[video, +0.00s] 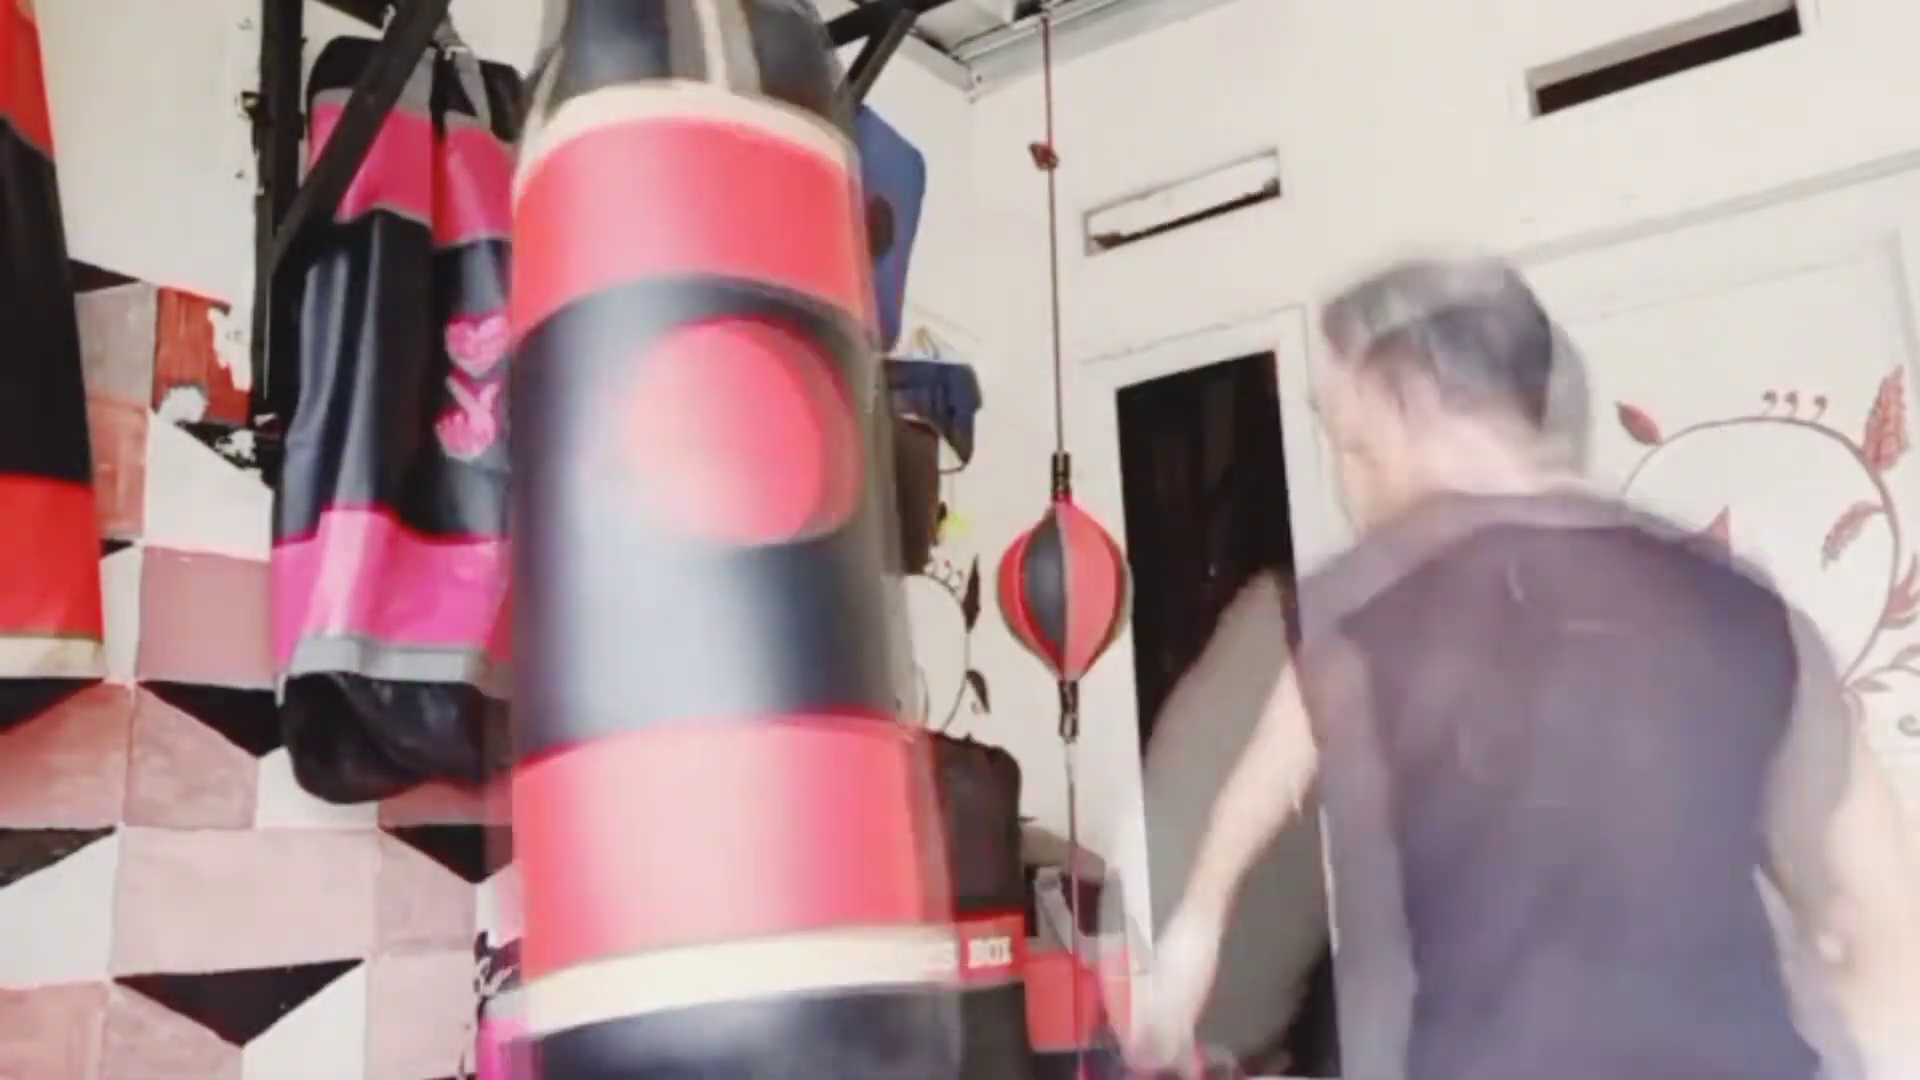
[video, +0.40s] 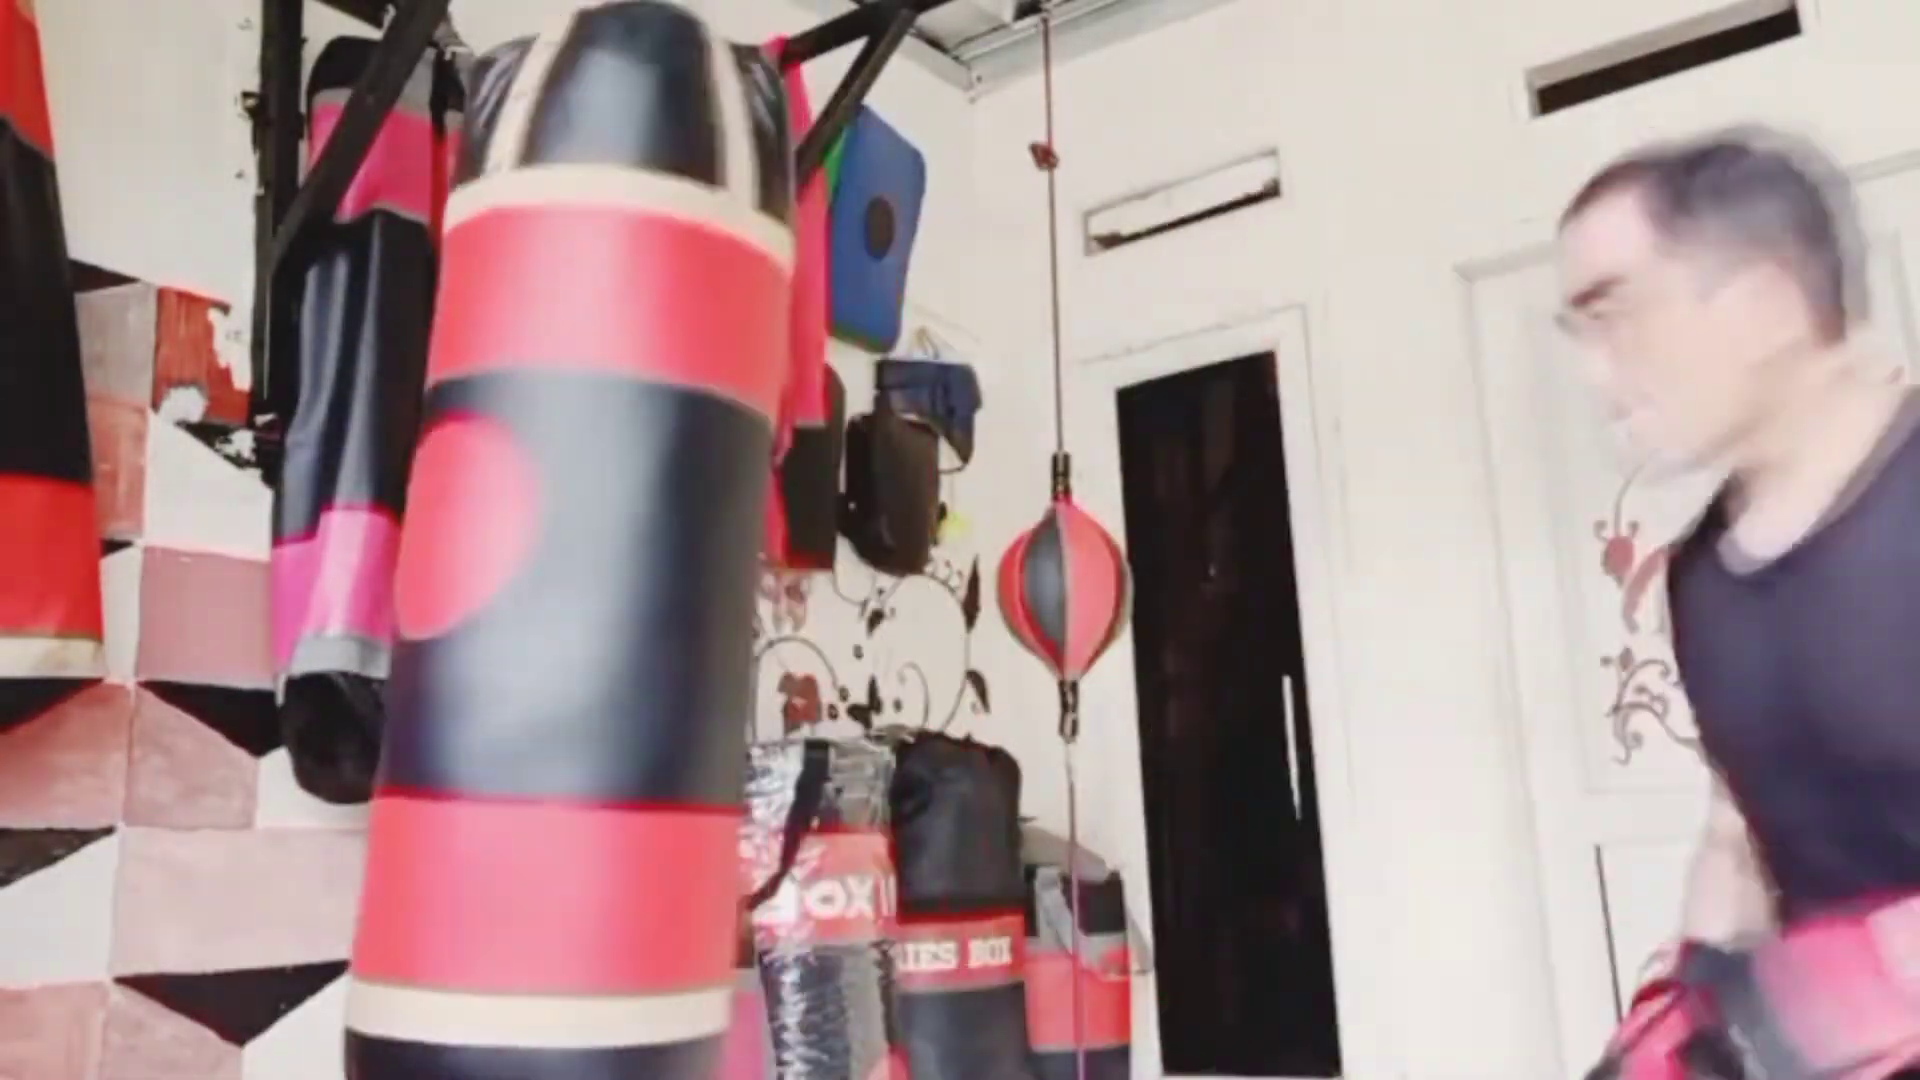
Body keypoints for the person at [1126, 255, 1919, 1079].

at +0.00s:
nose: (1346, 483)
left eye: (1348, 443)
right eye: (1338, 447)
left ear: (1404, 400)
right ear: (1537, 403)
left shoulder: (1342, 618)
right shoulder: (1750, 611)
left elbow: (1211, 882)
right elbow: (1874, 924)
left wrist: (1164, 1029)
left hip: (1466, 1052)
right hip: (1730, 1052)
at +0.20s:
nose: (1502, 348)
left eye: (1518, 294)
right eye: (1492, 309)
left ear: (1653, 277)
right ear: (1651, 282)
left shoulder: (1742, 445)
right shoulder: (1682, 463)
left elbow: (1908, 692)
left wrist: (1726, 902)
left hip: (1867, 1029)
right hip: (1802, 1028)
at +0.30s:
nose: (1544, 367)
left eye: (1557, 313)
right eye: (1532, 330)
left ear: (1701, 284)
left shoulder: (1879, 462)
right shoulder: (1698, 551)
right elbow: (1757, 806)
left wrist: (1832, 955)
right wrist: (1676, 983)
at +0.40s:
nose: (1591, 368)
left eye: (1610, 310)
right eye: (1582, 326)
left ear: (1772, 298)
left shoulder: (1907, 473)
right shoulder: (1701, 571)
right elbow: (1743, 834)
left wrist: (1859, 988)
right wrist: (1696, 1006)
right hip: (1822, 1028)